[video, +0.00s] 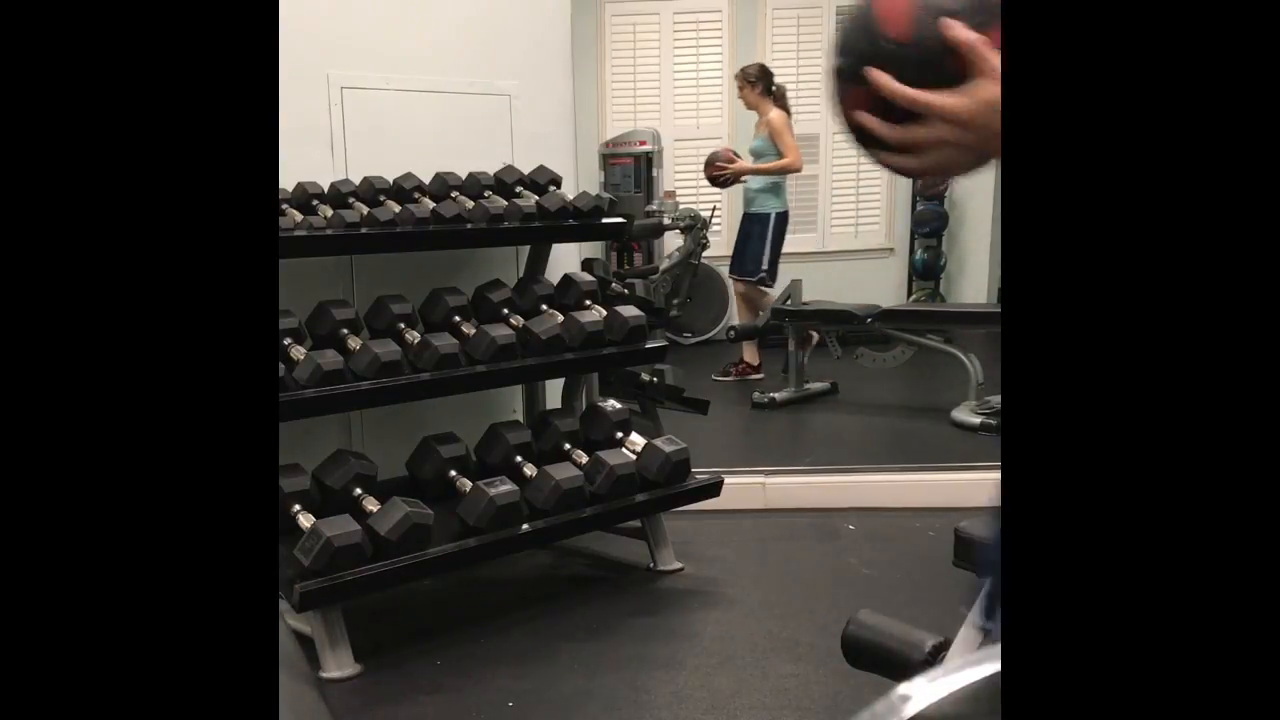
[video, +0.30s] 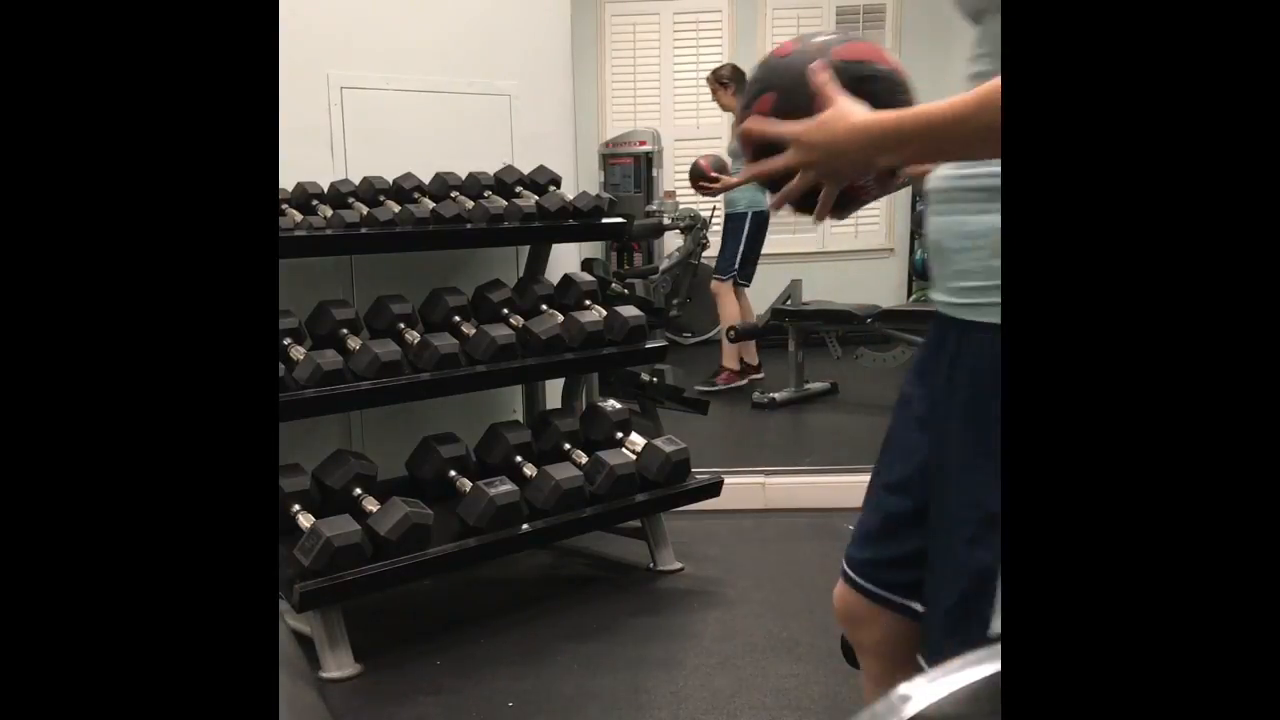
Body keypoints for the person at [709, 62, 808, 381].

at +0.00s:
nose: (739, 96)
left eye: (742, 89)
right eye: (739, 90)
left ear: (757, 88)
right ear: (756, 88)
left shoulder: (776, 118)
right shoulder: (762, 122)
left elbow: (795, 162)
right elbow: (771, 165)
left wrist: (748, 168)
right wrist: (740, 168)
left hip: (769, 212)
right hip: (755, 211)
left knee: (747, 284)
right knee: (740, 282)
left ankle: (801, 332)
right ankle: (750, 361)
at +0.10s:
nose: (730, 97)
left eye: (732, 90)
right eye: (729, 91)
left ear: (747, 88)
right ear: (747, 89)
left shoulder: (768, 117)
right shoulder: (754, 121)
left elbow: (787, 161)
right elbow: (762, 166)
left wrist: (742, 174)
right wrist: (734, 169)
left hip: (762, 211)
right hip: (749, 210)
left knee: (729, 281)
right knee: (738, 285)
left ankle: (777, 337)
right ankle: (750, 361)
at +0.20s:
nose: (721, 98)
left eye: (722, 92)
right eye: (720, 92)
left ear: (737, 88)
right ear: (738, 88)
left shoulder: (759, 117)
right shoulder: (747, 120)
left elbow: (780, 159)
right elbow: (754, 162)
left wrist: (741, 179)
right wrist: (727, 173)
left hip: (754, 211)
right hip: (745, 210)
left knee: (720, 281)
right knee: (737, 285)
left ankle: (753, 356)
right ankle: (750, 359)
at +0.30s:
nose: (715, 100)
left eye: (716, 93)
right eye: (713, 94)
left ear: (729, 88)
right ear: (731, 88)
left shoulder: (751, 120)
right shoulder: (742, 121)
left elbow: (770, 165)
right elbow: (753, 167)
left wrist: (733, 182)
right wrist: (723, 177)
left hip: (747, 209)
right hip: (744, 209)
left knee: (722, 285)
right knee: (736, 287)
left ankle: (731, 367)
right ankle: (751, 363)